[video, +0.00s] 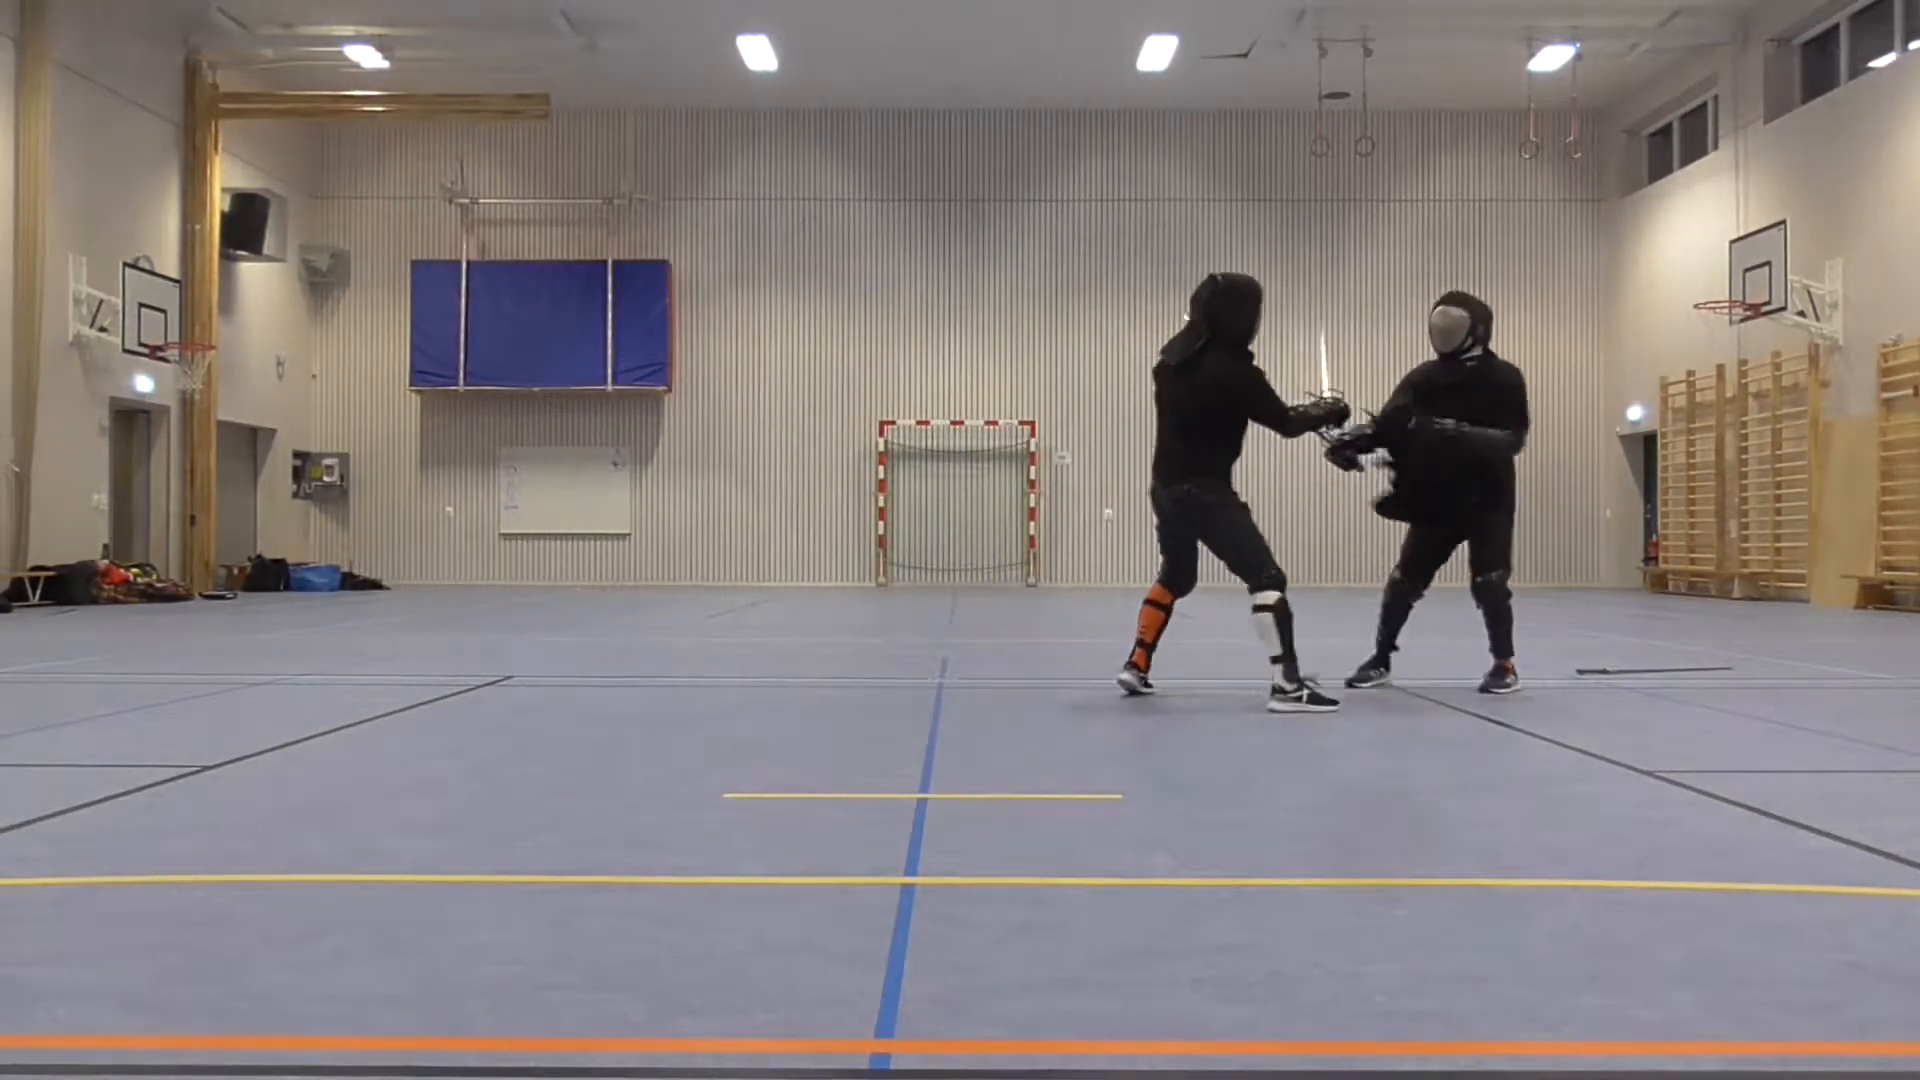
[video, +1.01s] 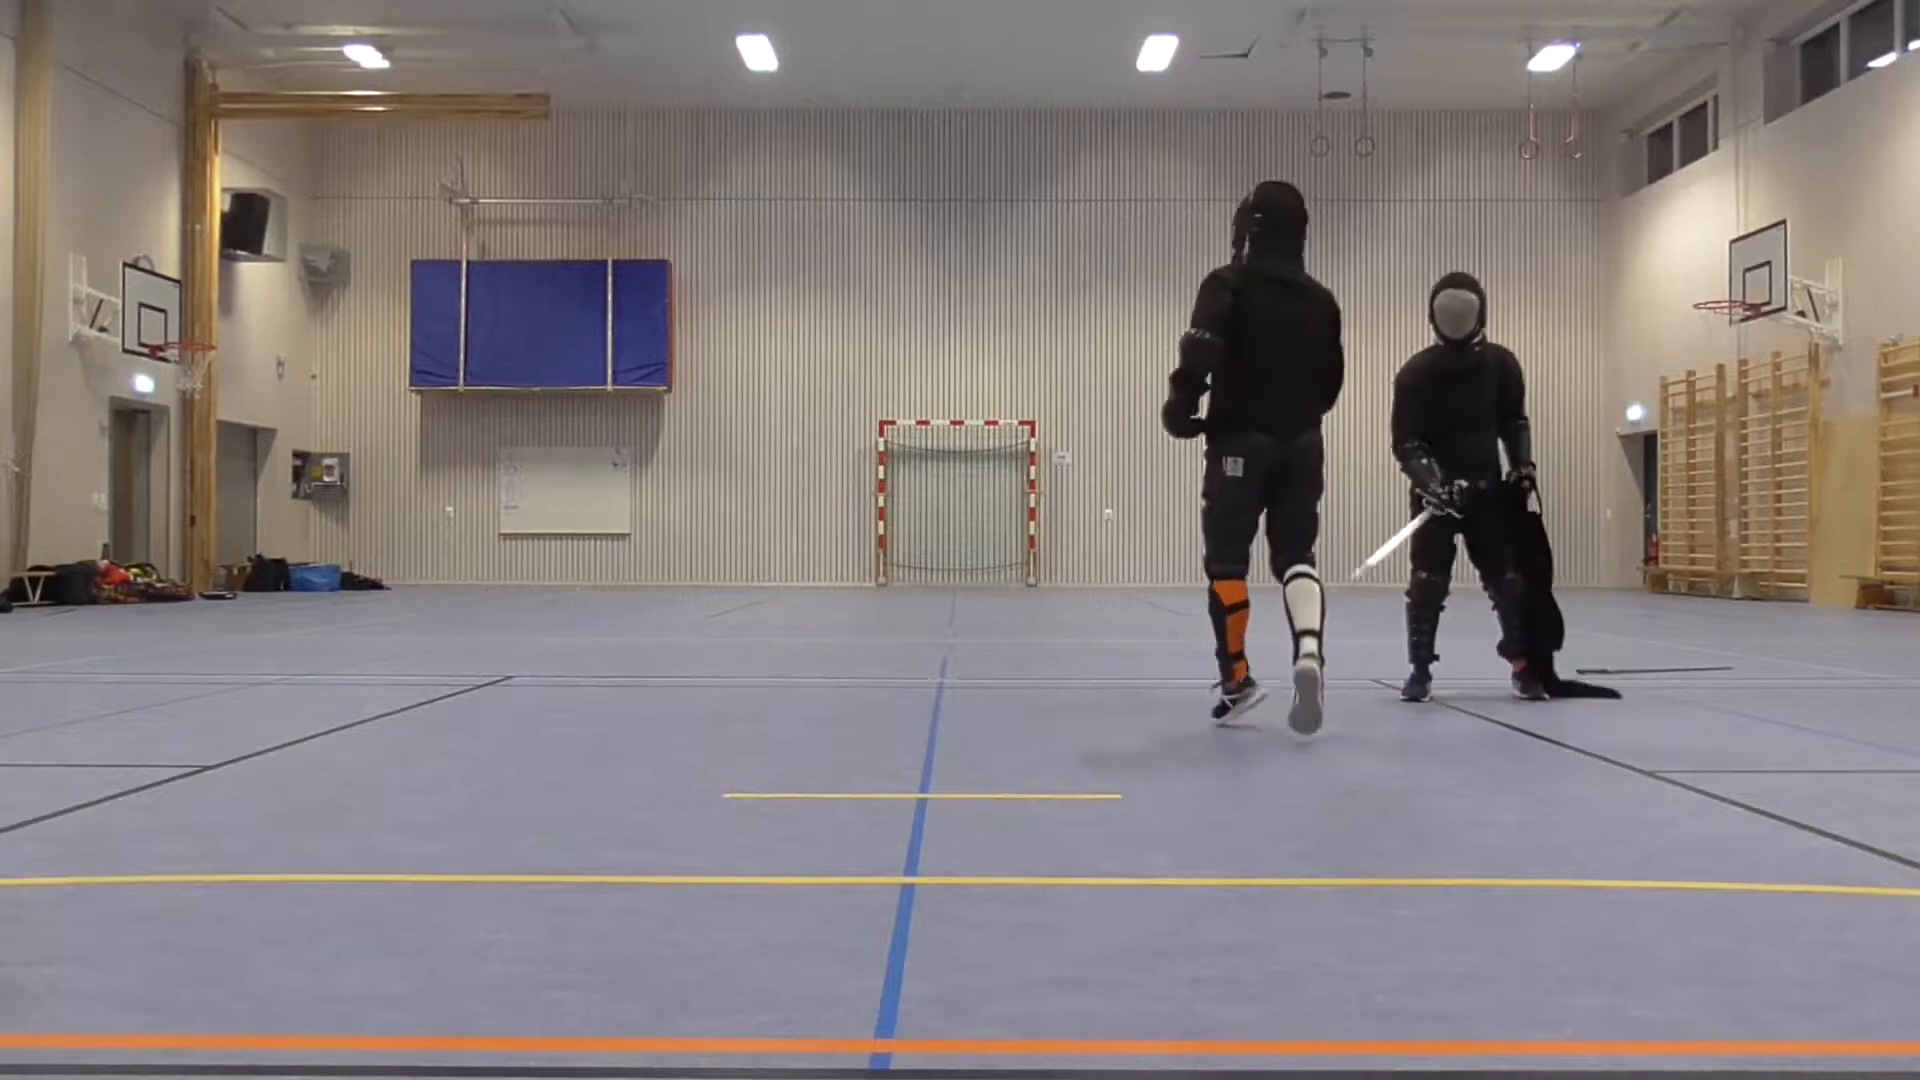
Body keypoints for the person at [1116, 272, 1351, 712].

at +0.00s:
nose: (1256, 323)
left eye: (1255, 314)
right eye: (1253, 315)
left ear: (1204, 314)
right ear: (1240, 319)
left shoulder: (1171, 360)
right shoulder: (1237, 372)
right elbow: (1287, 425)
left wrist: (1294, 410)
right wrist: (1327, 410)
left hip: (1166, 490)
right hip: (1209, 492)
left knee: (1175, 576)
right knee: (1266, 579)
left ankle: (1135, 668)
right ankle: (1288, 683)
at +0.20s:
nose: (1294, 311)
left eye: (1295, 302)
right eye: (1291, 302)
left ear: (1238, 299)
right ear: (1277, 304)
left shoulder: (1201, 350)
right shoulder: (1278, 357)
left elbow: (1197, 412)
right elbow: (1321, 413)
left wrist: (1274, 424)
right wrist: (1343, 399)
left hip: (1200, 489)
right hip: (1251, 490)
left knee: (1190, 573)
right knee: (1293, 576)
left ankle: (1154, 672)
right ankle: (1289, 683)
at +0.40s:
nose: (1305, 294)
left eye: (1304, 285)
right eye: (1302, 286)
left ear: (1248, 284)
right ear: (1291, 291)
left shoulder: (1212, 338)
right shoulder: (1301, 349)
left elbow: (1195, 403)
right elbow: (1334, 415)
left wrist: (1240, 409)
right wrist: (1359, 398)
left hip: (1222, 478)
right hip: (1279, 479)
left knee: (1210, 568)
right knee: (1293, 576)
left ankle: (1226, 659)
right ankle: (1289, 683)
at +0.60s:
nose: (1299, 292)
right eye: (1298, 284)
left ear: (1243, 279)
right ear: (1293, 286)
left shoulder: (1215, 340)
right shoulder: (1306, 343)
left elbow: (1179, 418)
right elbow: (1326, 401)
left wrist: (1206, 464)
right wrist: (1326, 366)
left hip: (1234, 484)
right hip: (1295, 485)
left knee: (1224, 584)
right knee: (1297, 581)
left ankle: (1258, 686)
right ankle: (1300, 683)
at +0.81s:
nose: (1301, 284)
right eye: (1300, 276)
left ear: (1245, 270)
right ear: (1296, 279)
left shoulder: (1215, 332)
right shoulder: (1308, 343)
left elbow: (1167, 395)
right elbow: (1301, 404)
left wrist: (1153, 450)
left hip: (1232, 482)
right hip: (1296, 481)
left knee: (1224, 588)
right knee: (1311, 572)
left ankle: (1262, 696)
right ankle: (1326, 682)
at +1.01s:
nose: (1234, 233)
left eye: (1239, 224)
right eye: (1239, 224)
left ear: (1248, 228)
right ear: (1300, 233)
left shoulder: (1226, 284)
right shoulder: (1321, 300)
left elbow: (1200, 352)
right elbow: (1330, 382)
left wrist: (1181, 402)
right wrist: (1298, 416)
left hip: (1238, 446)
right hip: (1303, 448)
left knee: (1227, 560)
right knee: (1296, 556)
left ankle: (1236, 680)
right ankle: (1309, 654)